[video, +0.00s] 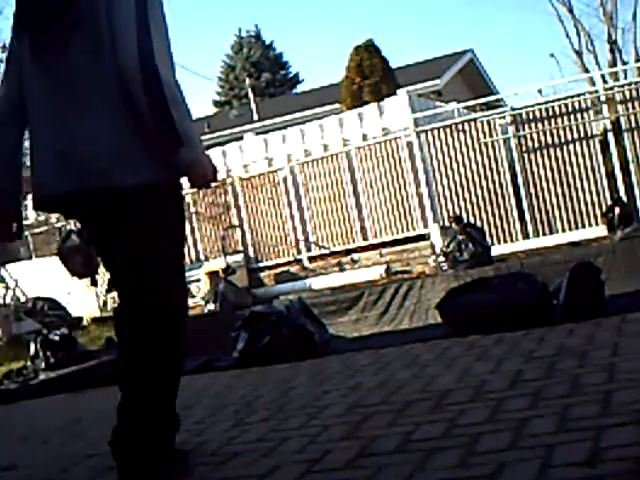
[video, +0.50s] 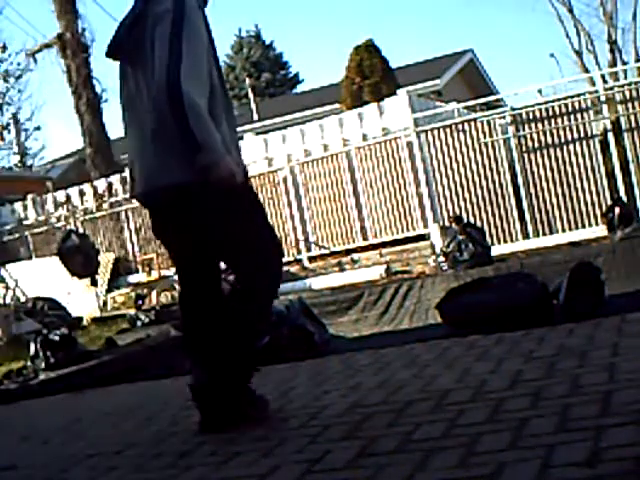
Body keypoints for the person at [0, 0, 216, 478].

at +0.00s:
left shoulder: (31, 12)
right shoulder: (134, 4)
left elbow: (10, 101)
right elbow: (149, 66)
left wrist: (8, 200)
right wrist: (192, 148)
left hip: (69, 174)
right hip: (137, 166)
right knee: (162, 306)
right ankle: (149, 451)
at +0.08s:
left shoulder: (52, 18)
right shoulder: (144, 5)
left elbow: (25, 119)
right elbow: (165, 74)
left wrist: (22, 207)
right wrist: (203, 152)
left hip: (87, 183)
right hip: (152, 173)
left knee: (159, 294)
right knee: (158, 315)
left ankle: (195, 394)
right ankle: (143, 455)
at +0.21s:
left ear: (81, 1)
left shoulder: (75, 34)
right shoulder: (152, 7)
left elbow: (47, 131)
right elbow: (175, 76)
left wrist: (48, 217)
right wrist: (213, 159)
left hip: (109, 182)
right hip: (165, 172)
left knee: (182, 293)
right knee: (166, 314)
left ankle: (217, 396)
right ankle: (146, 453)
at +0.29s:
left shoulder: (98, 29)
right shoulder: (163, 8)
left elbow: (84, 122)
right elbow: (181, 84)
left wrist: (89, 204)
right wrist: (220, 162)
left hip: (138, 183)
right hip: (180, 175)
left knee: (200, 291)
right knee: (207, 292)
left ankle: (220, 400)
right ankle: (155, 418)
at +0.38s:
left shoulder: (113, 31)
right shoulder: (173, 8)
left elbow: (105, 125)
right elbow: (190, 85)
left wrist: (117, 200)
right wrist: (219, 158)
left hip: (145, 188)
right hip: (186, 178)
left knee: (199, 287)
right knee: (234, 279)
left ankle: (218, 396)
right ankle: (180, 389)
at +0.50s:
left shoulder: (138, 23)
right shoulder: (184, 8)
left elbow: (139, 110)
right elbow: (188, 87)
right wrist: (218, 155)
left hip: (160, 181)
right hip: (199, 173)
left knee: (198, 286)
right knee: (263, 259)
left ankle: (216, 402)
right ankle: (230, 382)